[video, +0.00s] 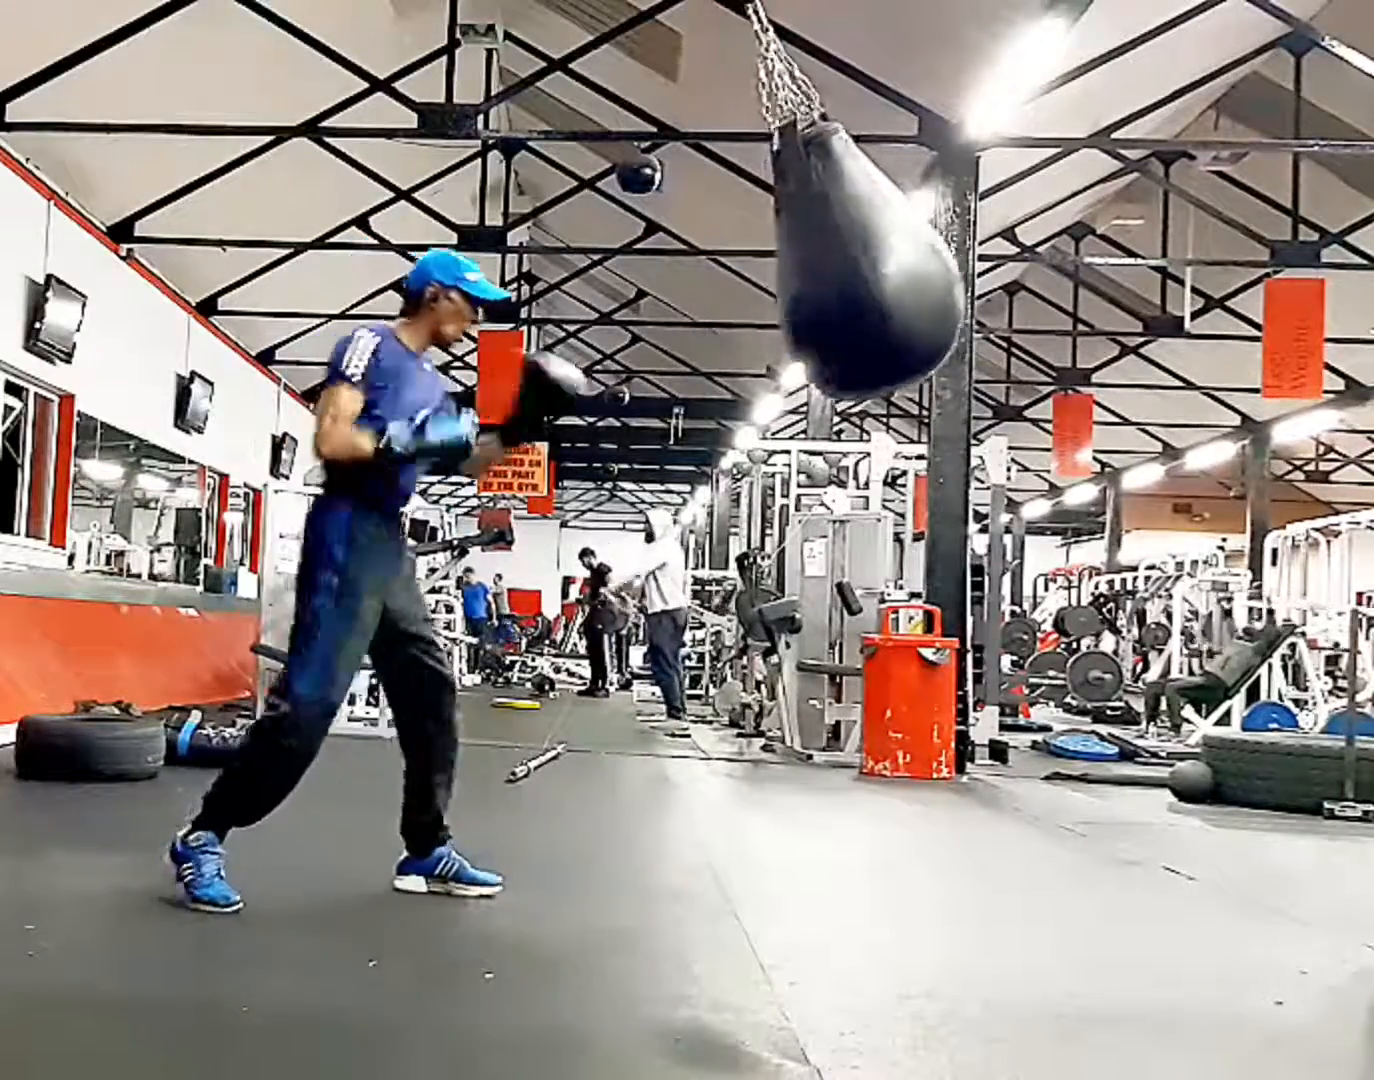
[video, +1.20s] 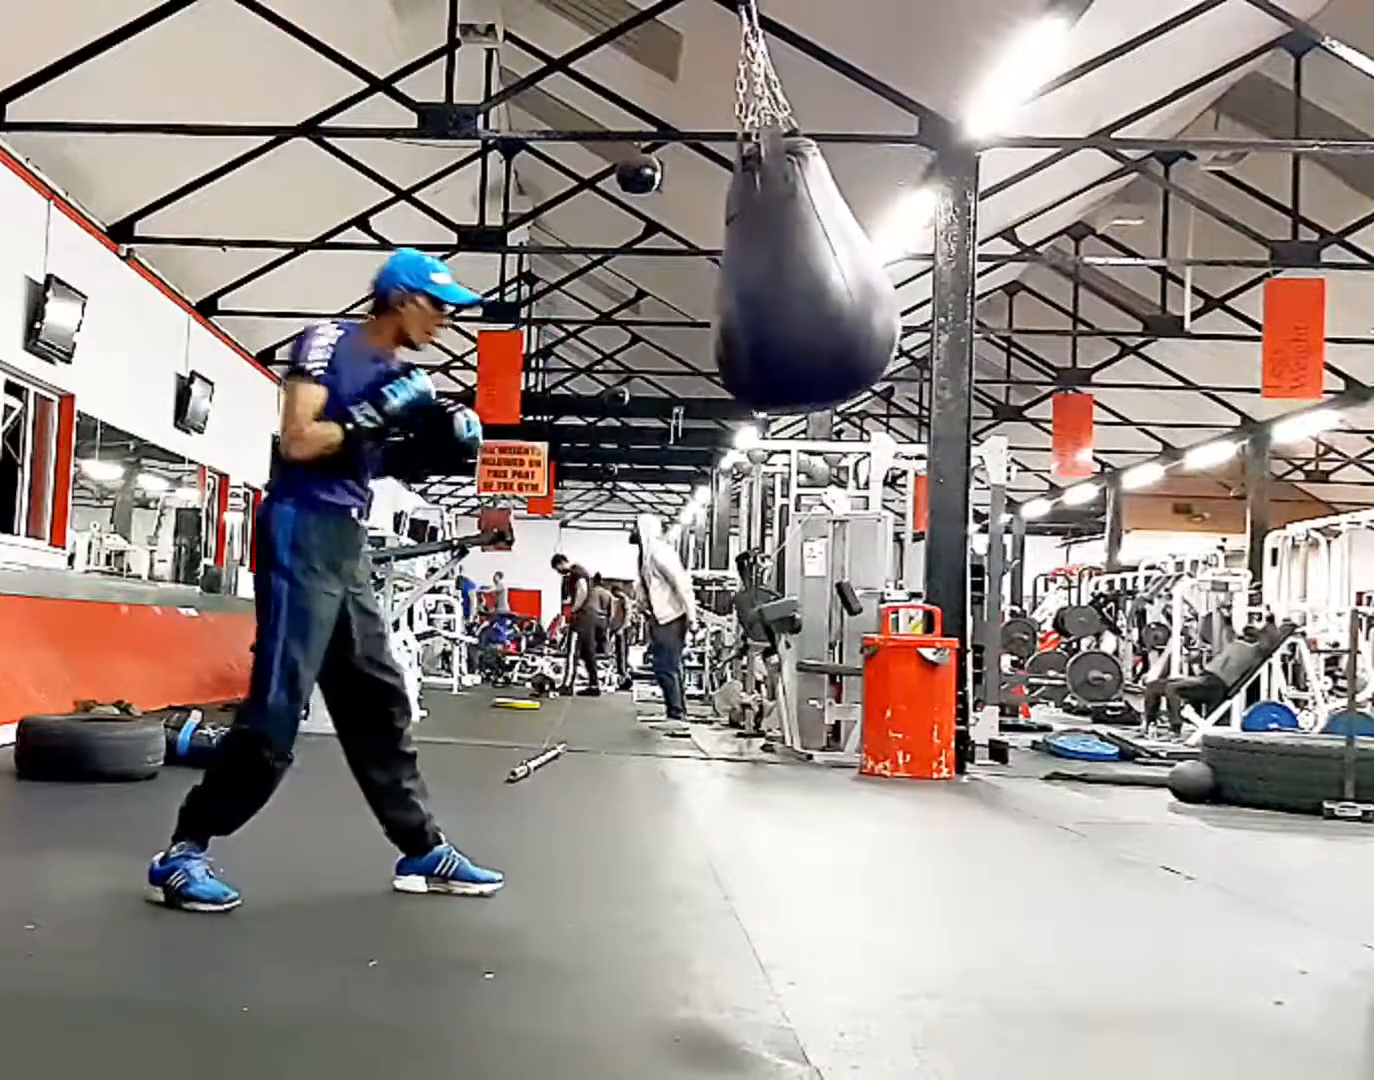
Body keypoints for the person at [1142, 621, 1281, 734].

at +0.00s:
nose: (1246, 632)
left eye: (1251, 632)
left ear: (1254, 636)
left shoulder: (1253, 651)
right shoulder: (1234, 645)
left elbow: (1268, 639)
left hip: (1217, 683)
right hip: (1203, 676)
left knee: (1172, 689)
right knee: (1152, 688)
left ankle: (1175, 730)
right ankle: (1148, 726)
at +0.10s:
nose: (1248, 627)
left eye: (1255, 625)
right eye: (1248, 623)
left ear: (1262, 632)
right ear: (1244, 627)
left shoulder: (1257, 650)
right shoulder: (1233, 643)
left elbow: (1275, 638)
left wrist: (1271, 622)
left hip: (1218, 684)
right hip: (1203, 677)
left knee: (1173, 689)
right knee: (1152, 688)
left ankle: (1175, 731)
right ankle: (1148, 728)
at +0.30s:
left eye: (1254, 633)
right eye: (1255, 634)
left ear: (1251, 636)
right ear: (1255, 638)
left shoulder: (1259, 651)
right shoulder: (1237, 645)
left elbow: (1277, 655)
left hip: (1217, 683)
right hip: (1205, 676)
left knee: (1172, 688)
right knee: (1152, 688)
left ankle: (1175, 730)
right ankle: (1147, 727)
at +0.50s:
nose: (1255, 634)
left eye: (1258, 633)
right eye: (1257, 632)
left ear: (1258, 639)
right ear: (1255, 636)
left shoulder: (1259, 651)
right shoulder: (1238, 644)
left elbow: (1279, 654)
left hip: (1217, 684)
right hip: (1204, 675)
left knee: (1172, 689)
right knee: (1152, 688)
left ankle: (1175, 730)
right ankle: (1147, 727)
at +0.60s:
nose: (1251, 629)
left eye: (1256, 627)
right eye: (1252, 626)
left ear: (1260, 635)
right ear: (1248, 631)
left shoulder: (1258, 650)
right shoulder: (1236, 644)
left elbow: (1276, 649)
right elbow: (1220, 651)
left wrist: (1272, 633)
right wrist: (1223, 628)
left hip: (1219, 683)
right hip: (1204, 676)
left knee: (1172, 688)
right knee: (1152, 688)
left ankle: (1175, 731)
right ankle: (1147, 727)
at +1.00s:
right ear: (1250, 634)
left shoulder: (1255, 654)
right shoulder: (1236, 644)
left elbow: (1266, 633)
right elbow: (1227, 634)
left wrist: (1269, 610)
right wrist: (1224, 609)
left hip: (1218, 683)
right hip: (1205, 677)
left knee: (1172, 689)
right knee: (1153, 687)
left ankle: (1176, 730)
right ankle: (1147, 727)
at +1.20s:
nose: (1249, 633)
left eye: (1254, 632)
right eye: (1249, 631)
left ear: (1257, 636)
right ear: (1246, 633)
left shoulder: (1257, 650)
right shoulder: (1233, 643)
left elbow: (1271, 643)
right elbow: (1225, 629)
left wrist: (1269, 624)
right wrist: (1221, 613)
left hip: (1218, 683)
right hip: (1203, 677)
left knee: (1172, 688)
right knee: (1152, 687)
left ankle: (1175, 731)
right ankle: (1147, 727)